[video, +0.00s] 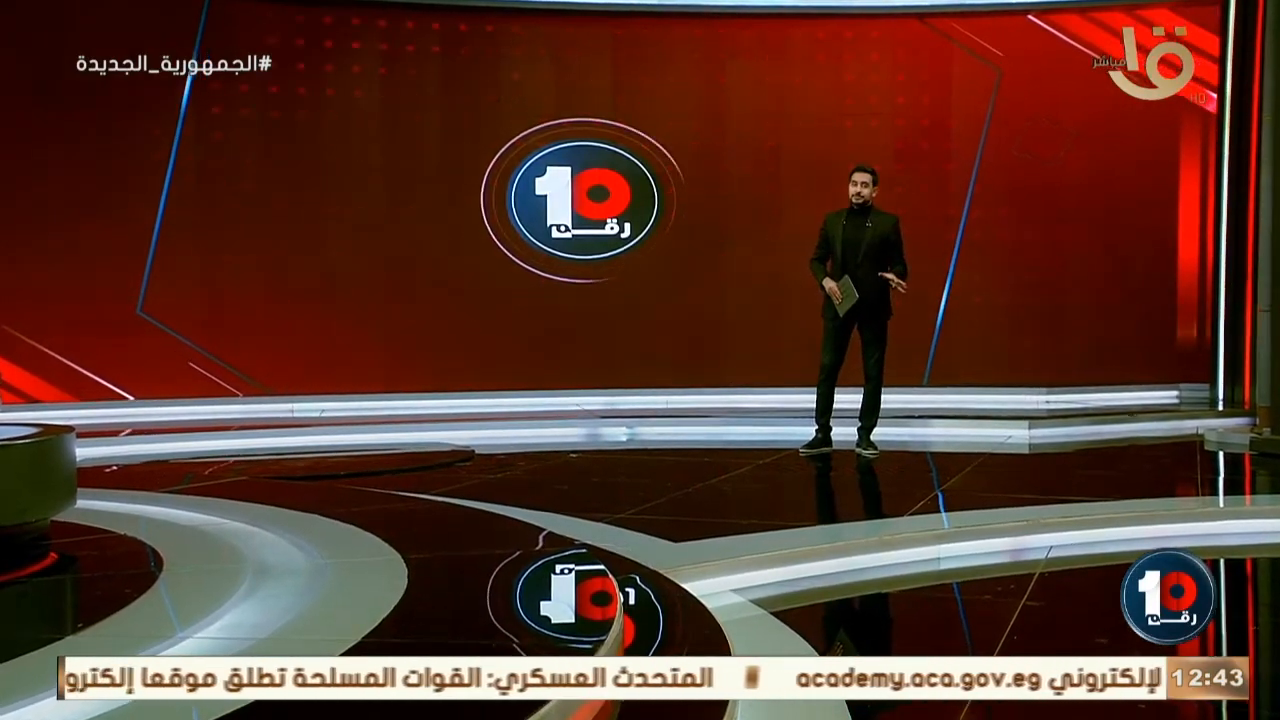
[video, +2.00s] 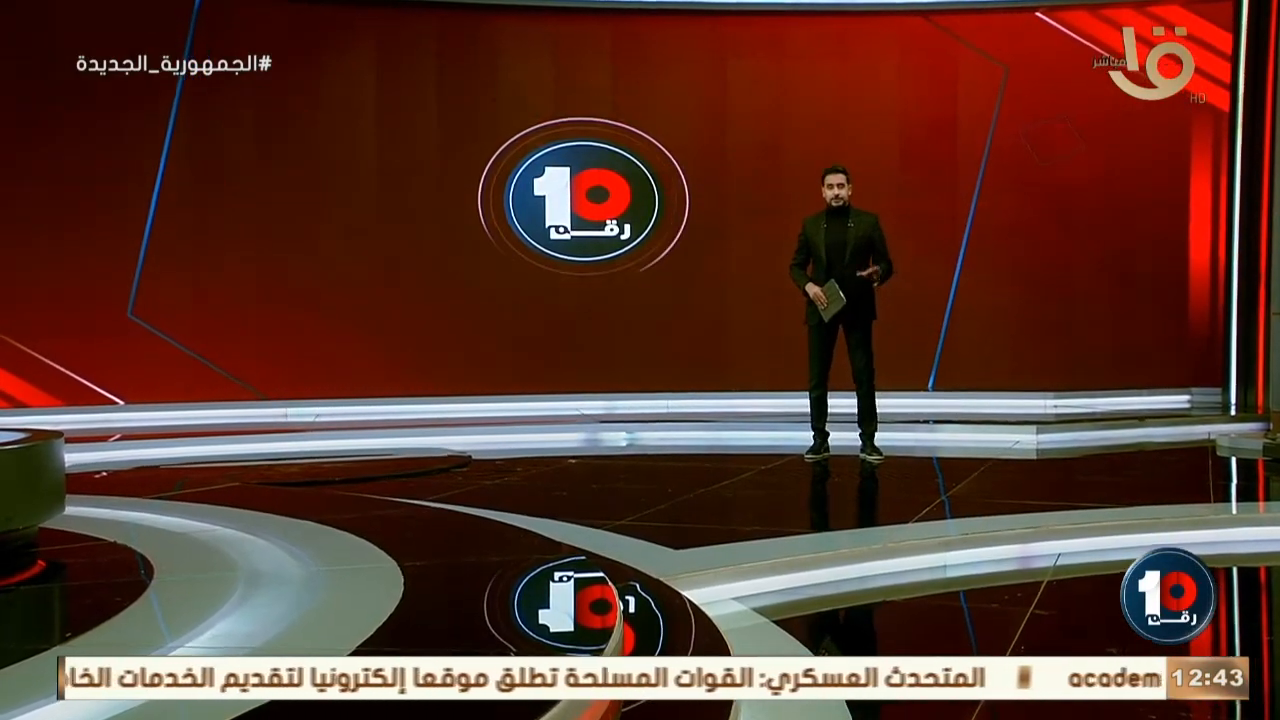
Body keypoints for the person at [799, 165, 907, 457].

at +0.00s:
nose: (858, 189)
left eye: (865, 185)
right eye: (854, 184)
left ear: (874, 190)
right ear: (848, 188)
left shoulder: (888, 223)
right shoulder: (833, 221)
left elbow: (899, 264)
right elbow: (816, 261)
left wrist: (896, 277)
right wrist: (825, 280)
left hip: (874, 309)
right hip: (839, 307)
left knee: (873, 374)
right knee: (828, 369)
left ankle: (865, 436)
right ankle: (822, 433)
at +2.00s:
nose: (835, 191)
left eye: (840, 186)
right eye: (830, 186)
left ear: (850, 189)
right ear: (822, 191)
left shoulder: (868, 223)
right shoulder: (812, 225)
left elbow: (885, 266)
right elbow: (797, 267)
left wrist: (877, 272)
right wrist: (808, 285)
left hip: (858, 309)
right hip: (821, 309)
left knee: (863, 376)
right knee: (817, 377)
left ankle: (868, 440)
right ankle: (819, 439)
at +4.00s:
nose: (856, 203)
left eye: (861, 198)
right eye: (851, 198)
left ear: (868, 196)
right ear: (841, 195)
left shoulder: (883, 224)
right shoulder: (826, 226)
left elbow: (898, 270)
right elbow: (811, 271)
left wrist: (879, 271)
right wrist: (827, 268)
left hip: (873, 314)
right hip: (836, 314)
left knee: (876, 381)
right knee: (828, 379)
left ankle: (872, 446)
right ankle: (822, 444)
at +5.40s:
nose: (864, 206)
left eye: (869, 200)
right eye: (859, 199)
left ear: (878, 197)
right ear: (850, 195)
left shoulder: (893, 226)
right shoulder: (836, 226)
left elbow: (906, 274)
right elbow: (822, 273)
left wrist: (883, 272)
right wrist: (824, 312)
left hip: (880, 317)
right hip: (844, 316)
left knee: (881, 383)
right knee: (833, 378)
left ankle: (873, 449)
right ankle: (825, 446)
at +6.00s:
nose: (845, 202)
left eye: (850, 195)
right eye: (839, 196)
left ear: (858, 195)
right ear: (830, 195)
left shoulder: (874, 224)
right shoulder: (817, 228)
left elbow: (891, 270)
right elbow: (806, 276)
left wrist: (870, 269)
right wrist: (805, 317)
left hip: (864, 317)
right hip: (827, 317)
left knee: (869, 383)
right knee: (822, 385)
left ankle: (872, 449)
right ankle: (823, 449)